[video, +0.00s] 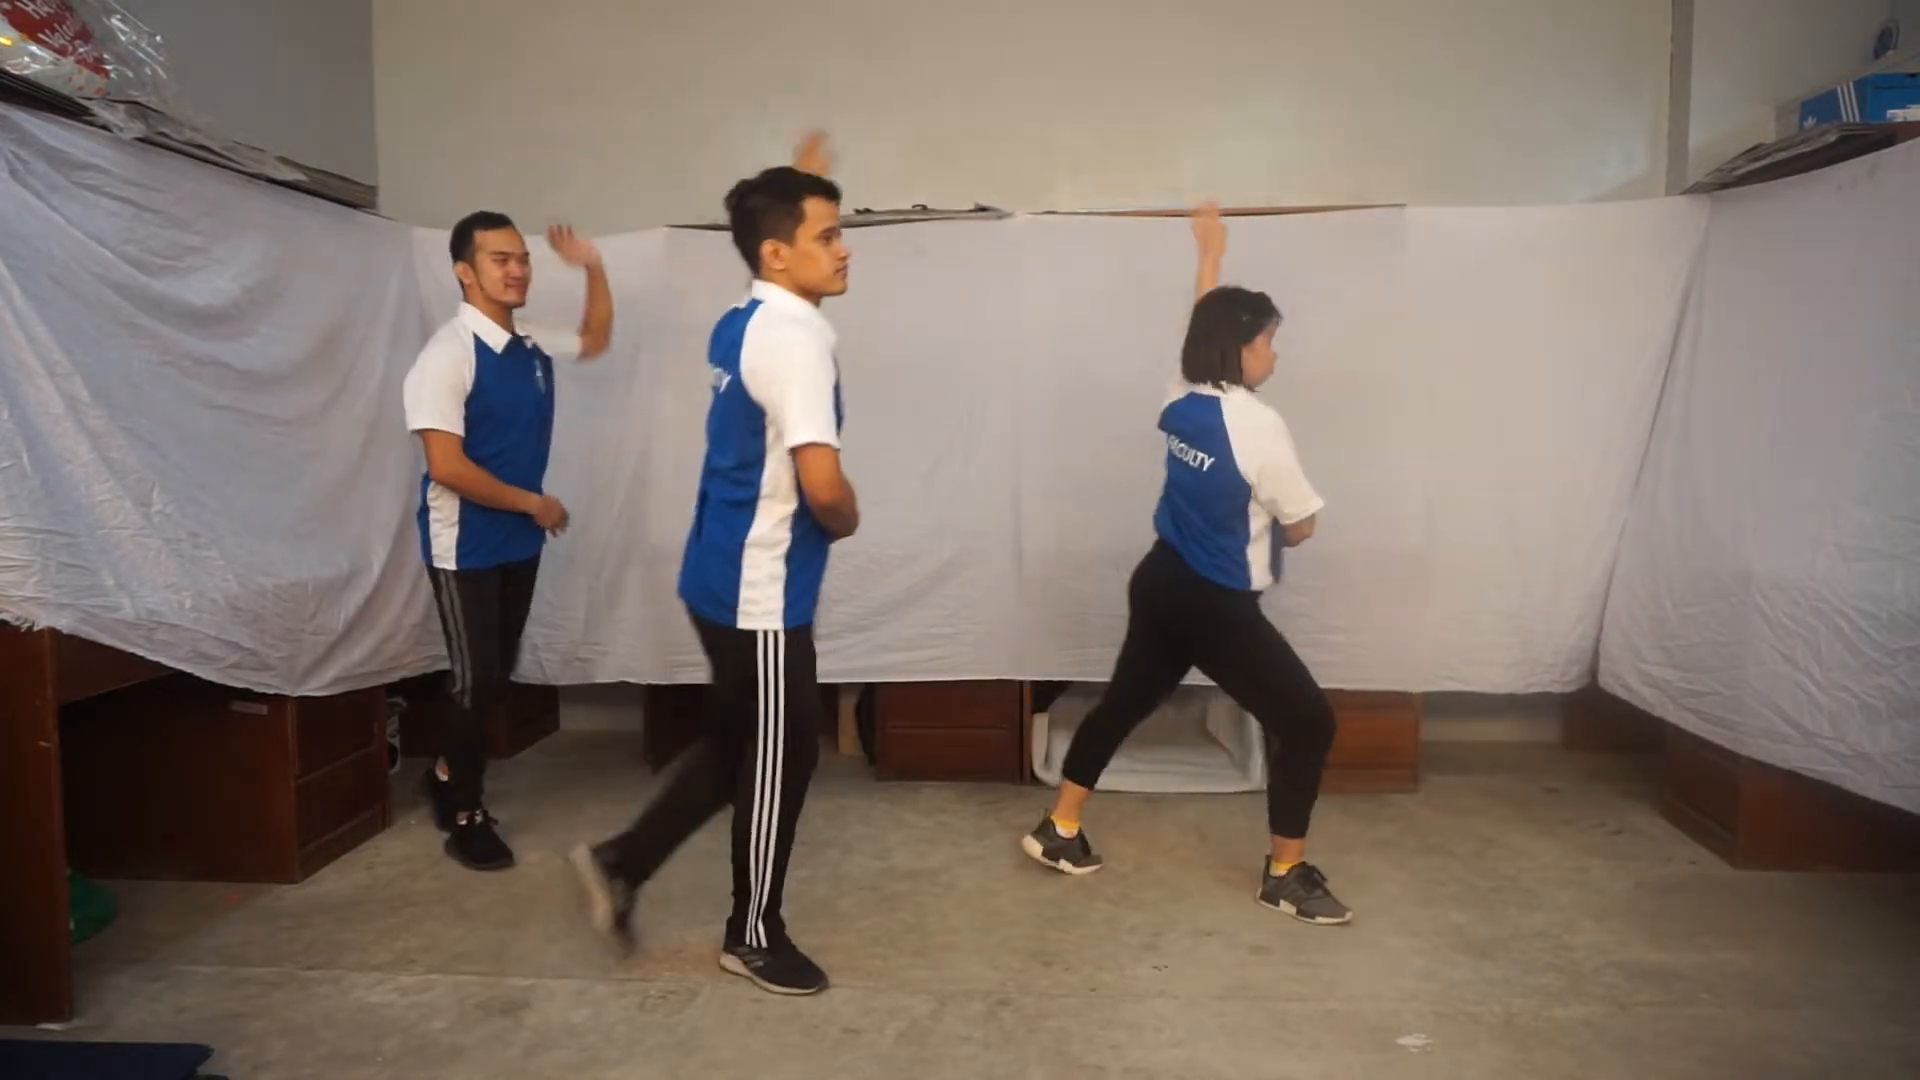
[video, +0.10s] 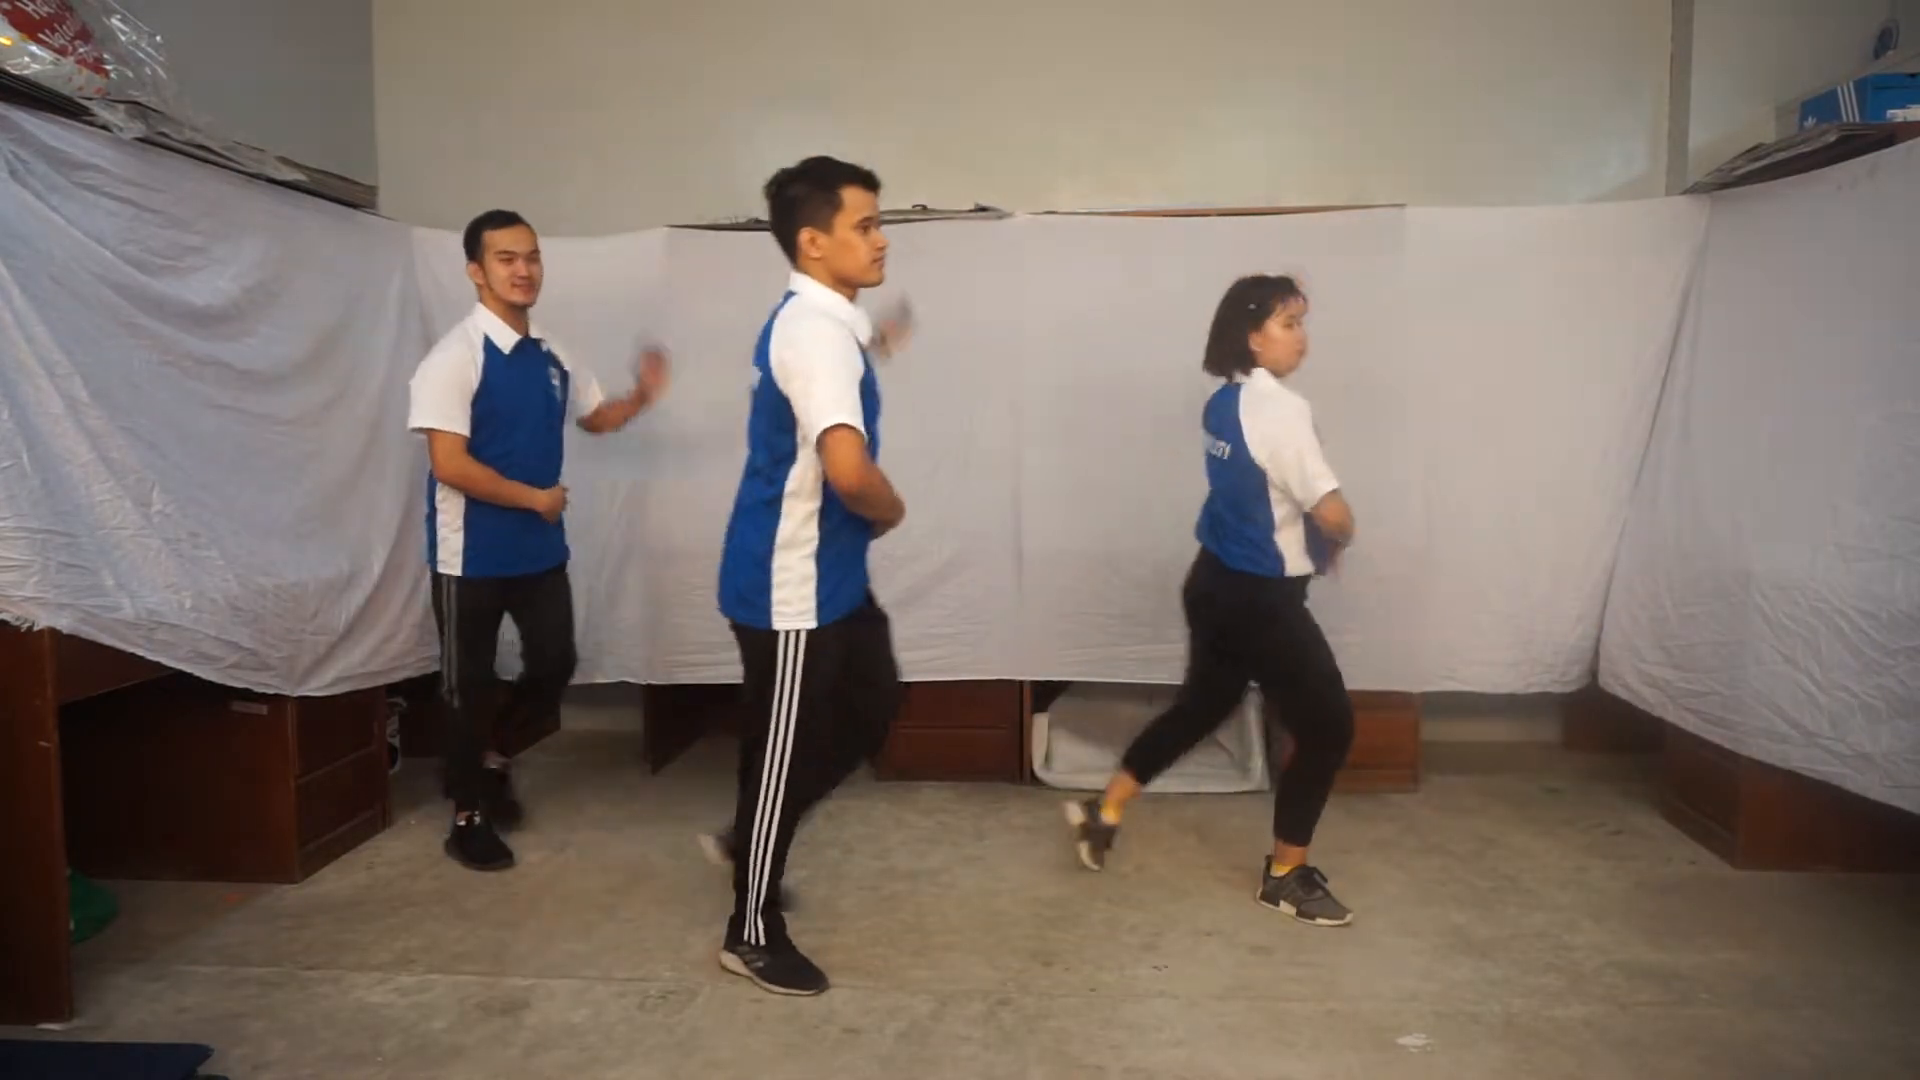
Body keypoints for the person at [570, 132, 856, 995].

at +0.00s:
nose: (844, 253)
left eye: (841, 237)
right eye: (828, 241)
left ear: (771, 253)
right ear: (776, 254)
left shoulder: (747, 320)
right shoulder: (796, 339)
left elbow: (776, 247)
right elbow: (822, 488)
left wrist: (795, 189)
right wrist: (846, 519)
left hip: (729, 581)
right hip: (763, 591)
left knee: (739, 740)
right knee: (782, 754)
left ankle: (620, 861)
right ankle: (756, 927)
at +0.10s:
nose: (880, 240)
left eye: (879, 224)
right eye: (864, 227)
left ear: (826, 240)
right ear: (811, 241)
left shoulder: (831, 313)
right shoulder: (815, 330)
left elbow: (835, 378)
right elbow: (846, 472)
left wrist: (879, 342)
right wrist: (888, 506)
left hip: (834, 575)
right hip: (789, 586)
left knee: (869, 711)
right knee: (783, 757)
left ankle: (745, 834)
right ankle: (753, 929)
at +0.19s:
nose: (909, 238)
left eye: (908, 222)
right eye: (891, 226)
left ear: (871, 236)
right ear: (838, 241)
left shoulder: (869, 317)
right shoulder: (836, 327)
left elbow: (853, 439)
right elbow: (856, 467)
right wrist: (911, 510)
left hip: (869, 576)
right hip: (814, 588)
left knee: (915, 707)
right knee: (796, 755)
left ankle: (861, 861)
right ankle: (753, 927)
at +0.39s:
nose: (968, 247)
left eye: (973, 231)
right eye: (946, 236)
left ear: (982, 238)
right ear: (905, 252)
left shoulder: (987, 344)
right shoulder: (890, 340)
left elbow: (996, 478)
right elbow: (859, 463)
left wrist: (1010, 590)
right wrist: (963, 520)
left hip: (974, 590)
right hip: (903, 596)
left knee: (968, 751)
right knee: (893, 763)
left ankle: (951, 887)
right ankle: (804, 908)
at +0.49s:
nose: (993, 246)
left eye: (1002, 229)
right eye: (972, 234)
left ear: (1016, 237)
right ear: (938, 249)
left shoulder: (1043, 349)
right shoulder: (910, 342)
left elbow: (1069, 471)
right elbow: (863, 461)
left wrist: (1098, 581)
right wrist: (976, 520)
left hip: (1018, 589)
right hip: (941, 597)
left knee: (990, 757)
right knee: (959, 769)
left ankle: (965, 889)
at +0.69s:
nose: (1040, 245)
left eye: (1056, 229)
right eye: (1023, 231)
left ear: (1079, 237)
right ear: (998, 243)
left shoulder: (1124, 347)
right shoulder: (957, 346)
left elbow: (1188, 460)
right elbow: (887, 447)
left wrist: (1258, 577)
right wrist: (973, 514)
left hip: (1098, 587)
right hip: (998, 593)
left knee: (1118, 748)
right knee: (1022, 772)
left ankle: (1046, 836)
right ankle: (1058, 931)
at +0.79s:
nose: (1069, 243)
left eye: (1086, 227)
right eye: (1053, 228)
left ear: (1114, 234)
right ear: (1032, 238)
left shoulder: (1159, 340)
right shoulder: (996, 341)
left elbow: (1202, 469)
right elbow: (911, 416)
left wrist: (1250, 594)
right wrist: (962, 493)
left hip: (1127, 602)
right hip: (1027, 602)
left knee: (1140, 767)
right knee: (1038, 775)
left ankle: (1162, 882)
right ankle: (1057, 930)